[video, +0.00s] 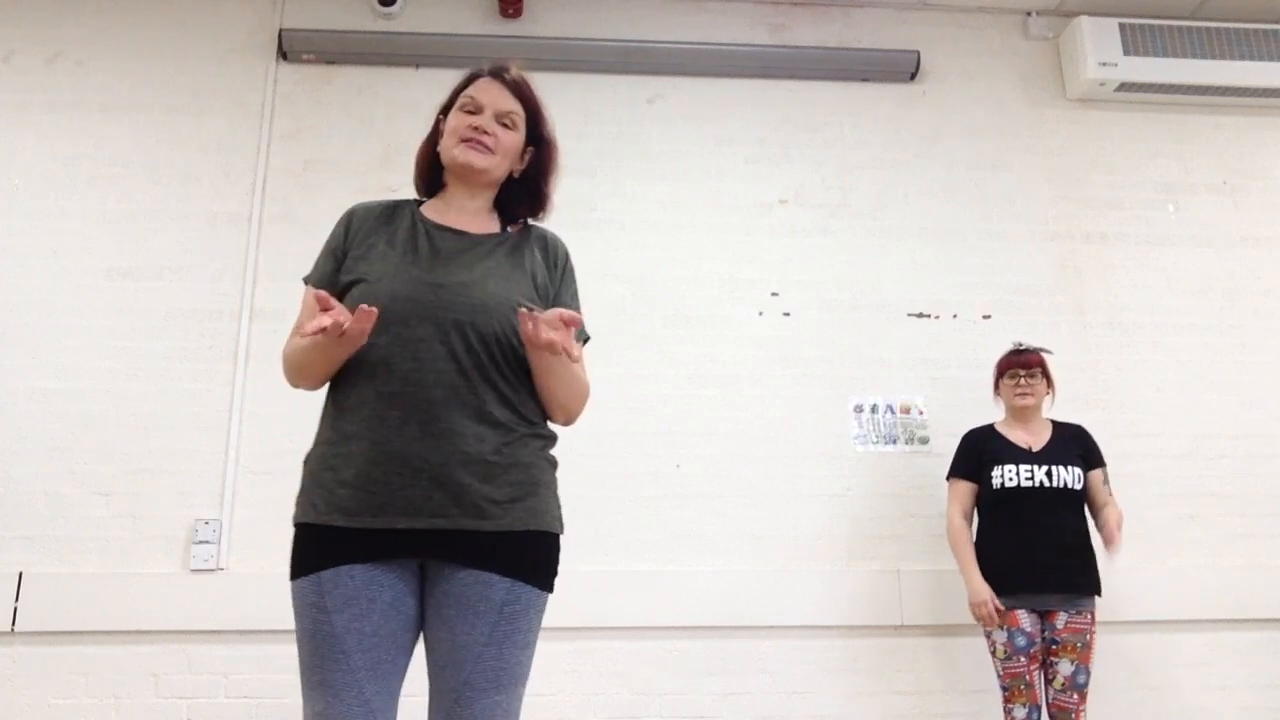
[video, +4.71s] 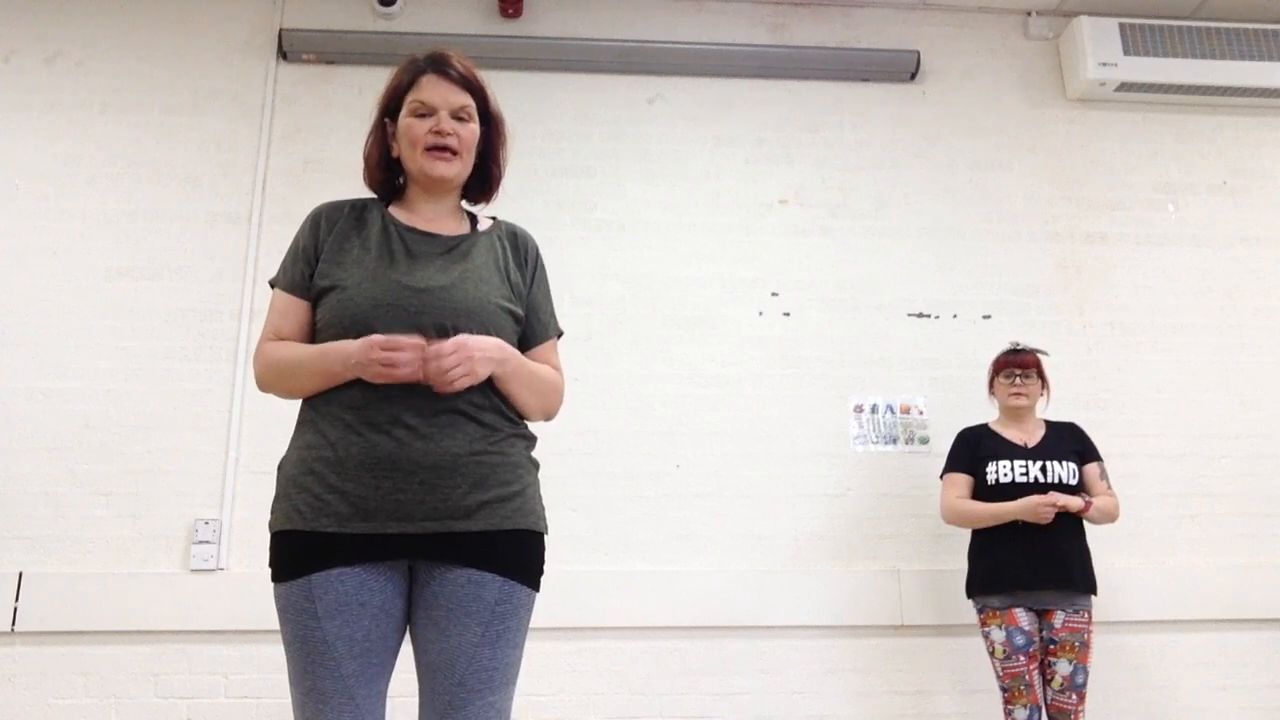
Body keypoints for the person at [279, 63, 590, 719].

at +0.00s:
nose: (483, 124)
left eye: (506, 121)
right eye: (469, 109)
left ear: (523, 156)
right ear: (440, 129)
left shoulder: (543, 254)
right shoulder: (364, 226)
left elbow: (567, 408)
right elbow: (299, 370)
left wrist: (549, 352)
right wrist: (331, 344)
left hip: (499, 524)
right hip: (352, 516)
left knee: (478, 714)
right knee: (344, 712)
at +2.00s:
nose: (444, 116)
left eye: (459, 106)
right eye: (422, 107)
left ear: (482, 135)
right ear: (392, 139)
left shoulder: (522, 245)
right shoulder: (338, 226)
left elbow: (552, 400)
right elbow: (280, 367)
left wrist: (514, 354)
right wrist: (343, 352)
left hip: (491, 520)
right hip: (339, 515)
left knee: (476, 714)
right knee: (339, 713)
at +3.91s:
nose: (461, 129)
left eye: (481, 119)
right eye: (443, 112)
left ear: (498, 142)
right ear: (410, 127)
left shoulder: (522, 249)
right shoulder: (340, 222)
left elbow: (549, 405)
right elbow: (277, 361)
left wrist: (520, 368)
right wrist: (344, 357)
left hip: (489, 521)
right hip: (339, 514)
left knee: (473, 714)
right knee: (338, 713)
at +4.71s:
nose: (443, 127)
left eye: (461, 115)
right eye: (424, 112)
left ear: (483, 138)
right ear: (392, 132)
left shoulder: (514, 249)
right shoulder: (331, 227)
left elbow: (547, 399)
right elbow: (270, 365)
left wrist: (499, 356)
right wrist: (353, 358)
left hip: (486, 518)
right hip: (332, 513)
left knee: (471, 713)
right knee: (335, 713)